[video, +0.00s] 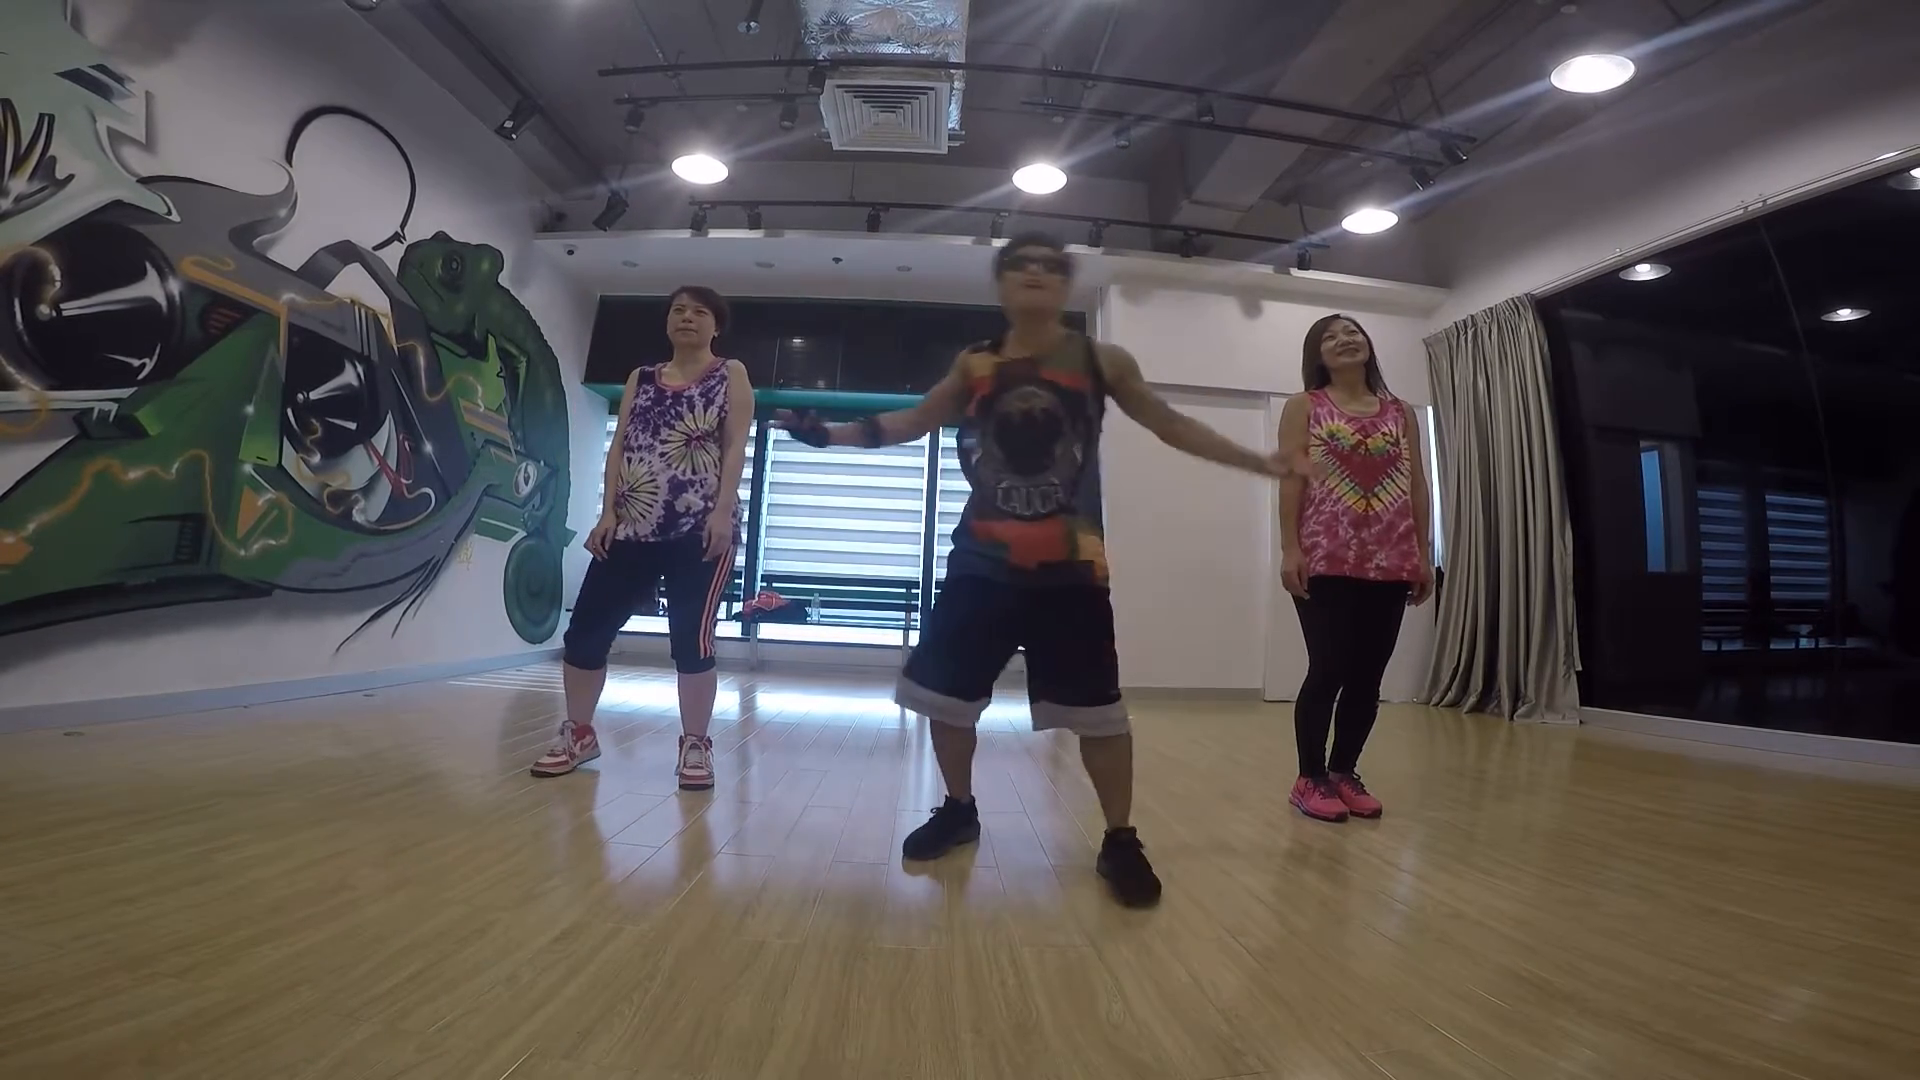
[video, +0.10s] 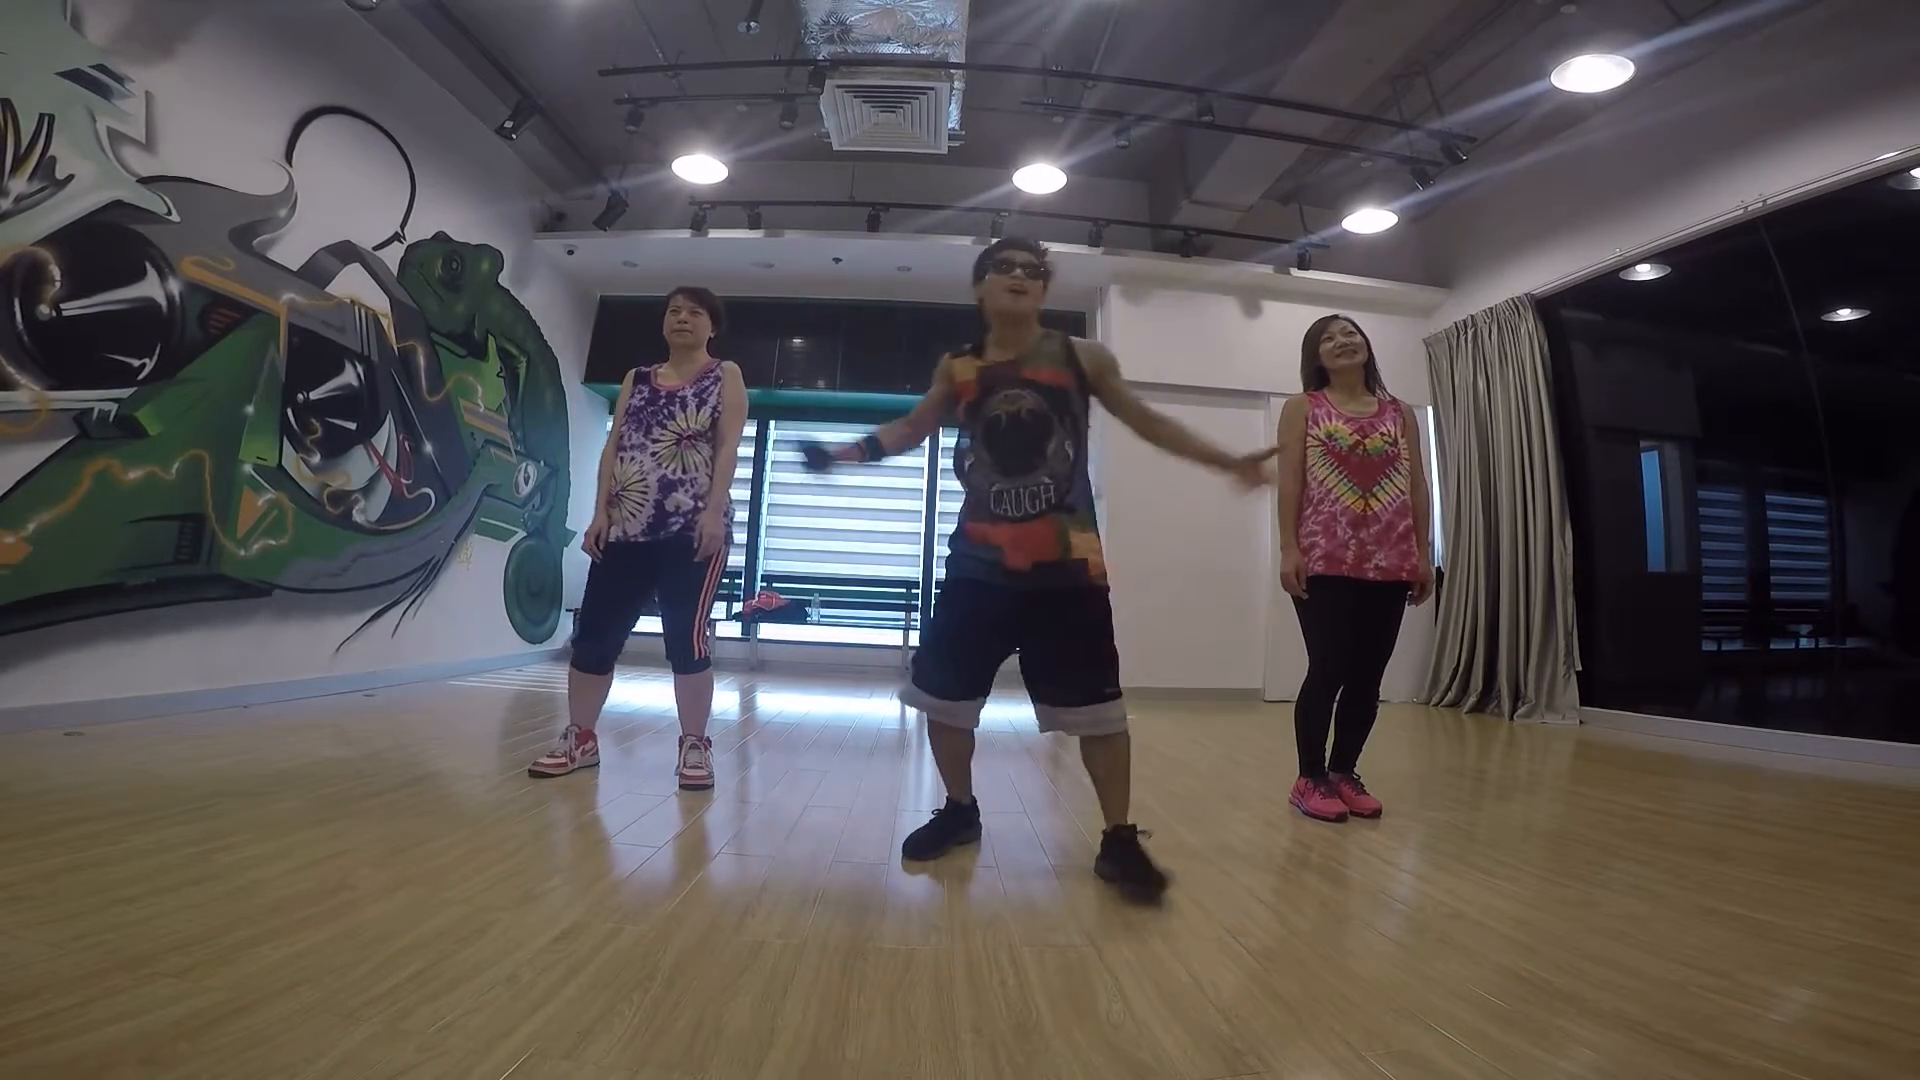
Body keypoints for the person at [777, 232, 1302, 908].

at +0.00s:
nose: (1035, 277)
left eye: (1049, 269)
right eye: (1021, 268)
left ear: (1068, 286)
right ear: (999, 286)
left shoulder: (1101, 361)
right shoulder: (975, 365)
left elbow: (1172, 425)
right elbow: (907, 424)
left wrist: (1262, 462)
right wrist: (830, 433)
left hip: (1070, 568)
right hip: (984, 564)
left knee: (1099, 710)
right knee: (945, 693)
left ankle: (1121, 842)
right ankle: (958, 808)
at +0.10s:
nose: (1019, 279)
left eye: (1032, 272)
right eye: (1004, 268)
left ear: (1046, 292)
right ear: (979, 288)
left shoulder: (1083, 358)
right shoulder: (959, 369)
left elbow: (1147, 421)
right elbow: (910, 429)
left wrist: (1227, 461)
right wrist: (844, 454)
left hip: (1068, 565)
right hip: (981, 564)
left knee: (1099, 707)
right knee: (943, 696)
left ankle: (1119, 840)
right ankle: (959, 810)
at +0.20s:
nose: (1050, 278)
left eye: (1050, 270)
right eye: (1034, 267)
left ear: (1043, 289)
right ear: (992, 282)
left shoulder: (1075, 360)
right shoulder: (955, 365)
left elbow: (1109, 436)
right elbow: (919, 442)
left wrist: (1157, 497)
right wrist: (887, 500)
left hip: (1072, 559)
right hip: (984, 561)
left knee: (1100, 695)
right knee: (950, 695)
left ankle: (1110, 826)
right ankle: (960, 811)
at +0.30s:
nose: (1071, 292)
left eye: (1068, 281)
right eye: (1060, 279)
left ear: (1033, 287)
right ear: (1025, 283)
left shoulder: (1071, 368)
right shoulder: (963, 360)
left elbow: (1076, 456)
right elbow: (940, 460)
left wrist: (1098, 526)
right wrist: (935, 545)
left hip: (1072, 554)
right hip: (988, 557)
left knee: (1112, 676)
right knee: (965, 691)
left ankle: (1089, 798)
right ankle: (961, 808)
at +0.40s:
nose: (1088, 298)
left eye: (1086, 288)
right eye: (1079, 285)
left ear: (1055, 294)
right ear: (1049, 288)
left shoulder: (1074, 373)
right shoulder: (979, 347)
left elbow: (1068, 466)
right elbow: (947, 428)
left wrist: (1097, 528)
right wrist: (948, 514)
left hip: (1077, 549)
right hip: (1000, 546)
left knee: (1105, 680)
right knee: (970, 682)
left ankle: (1092, 803)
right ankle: (962, 808)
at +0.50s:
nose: (1101, 309)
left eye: (1101, 300)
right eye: (1096, 297)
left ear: (1070, 301)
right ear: (1068, 294)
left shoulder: (1080, 379)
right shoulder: (994, 347)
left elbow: (1074, 466)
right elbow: (949, 425)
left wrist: (1097, 544)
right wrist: (943, 516)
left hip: (1084, 557)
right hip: (1011, 554)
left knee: (1098, 687)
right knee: (983, 688)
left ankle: (1087, 808)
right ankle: (965, 808)